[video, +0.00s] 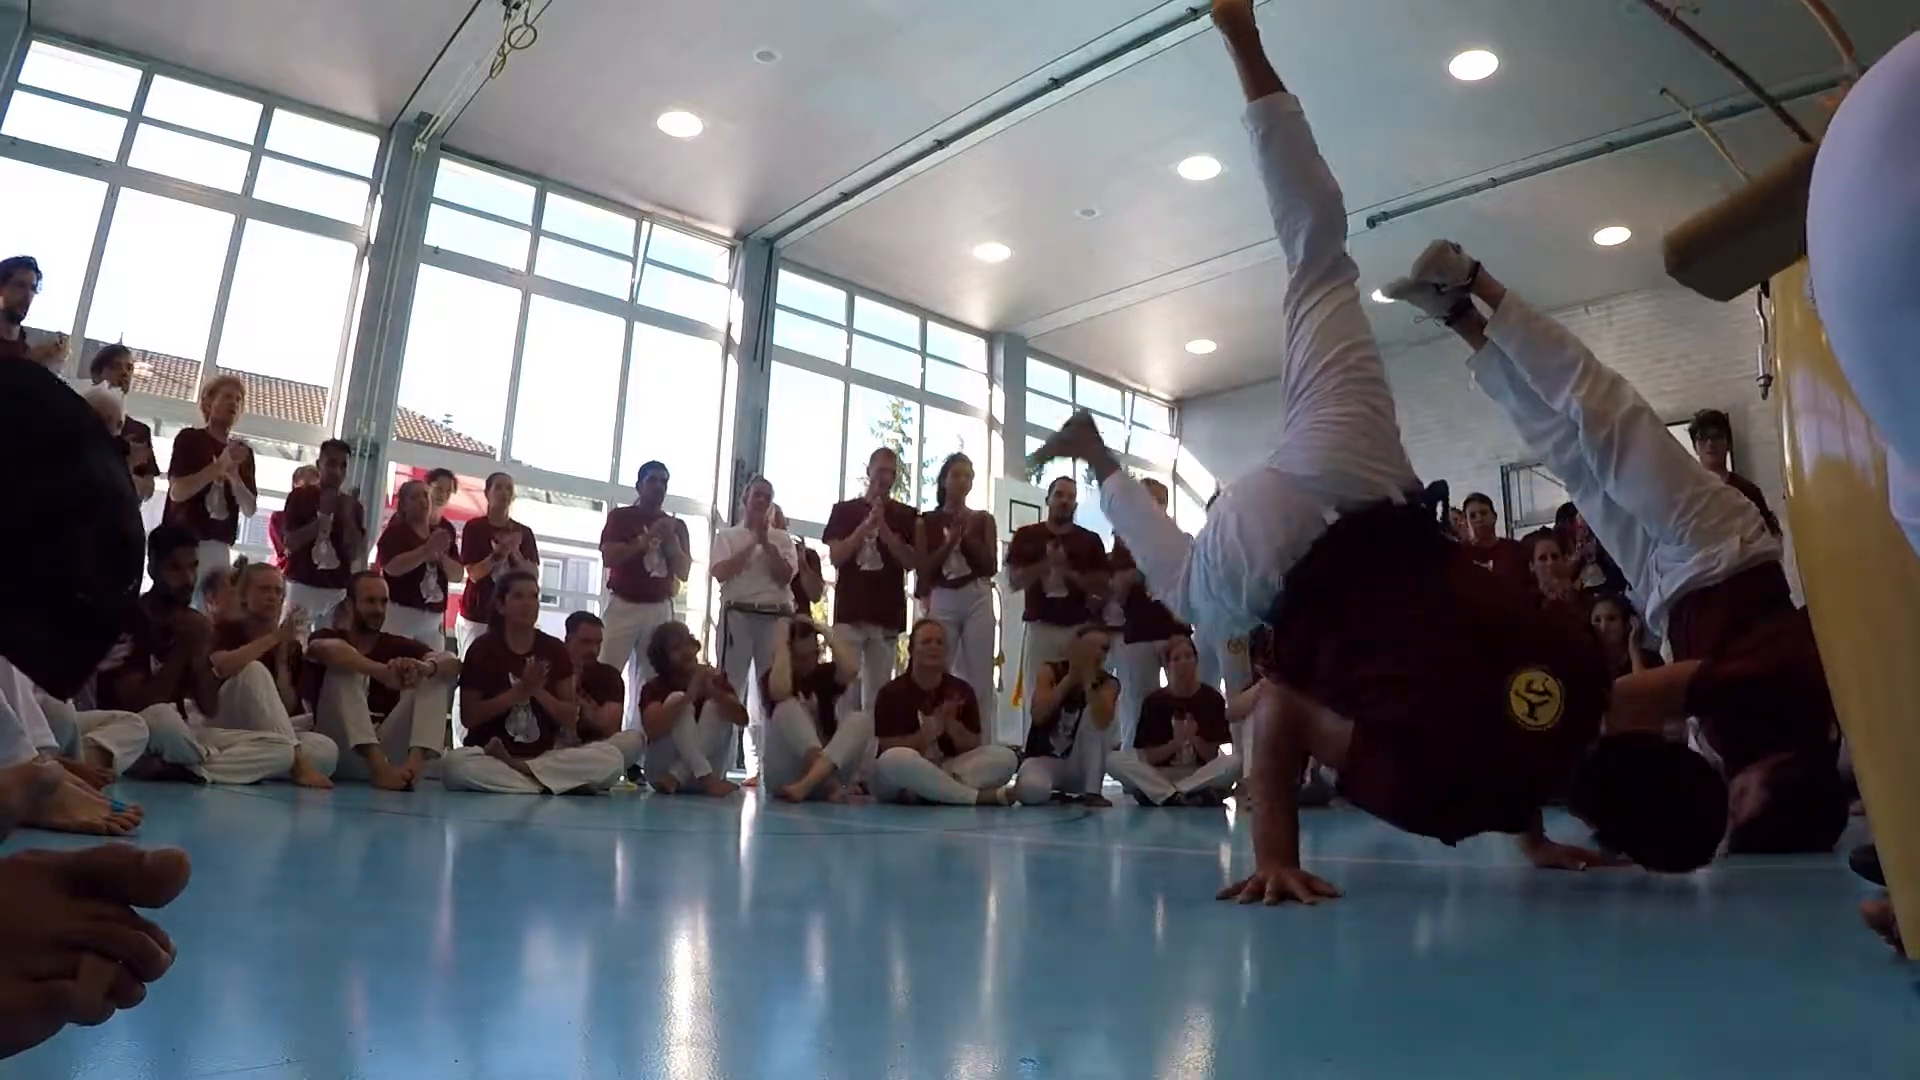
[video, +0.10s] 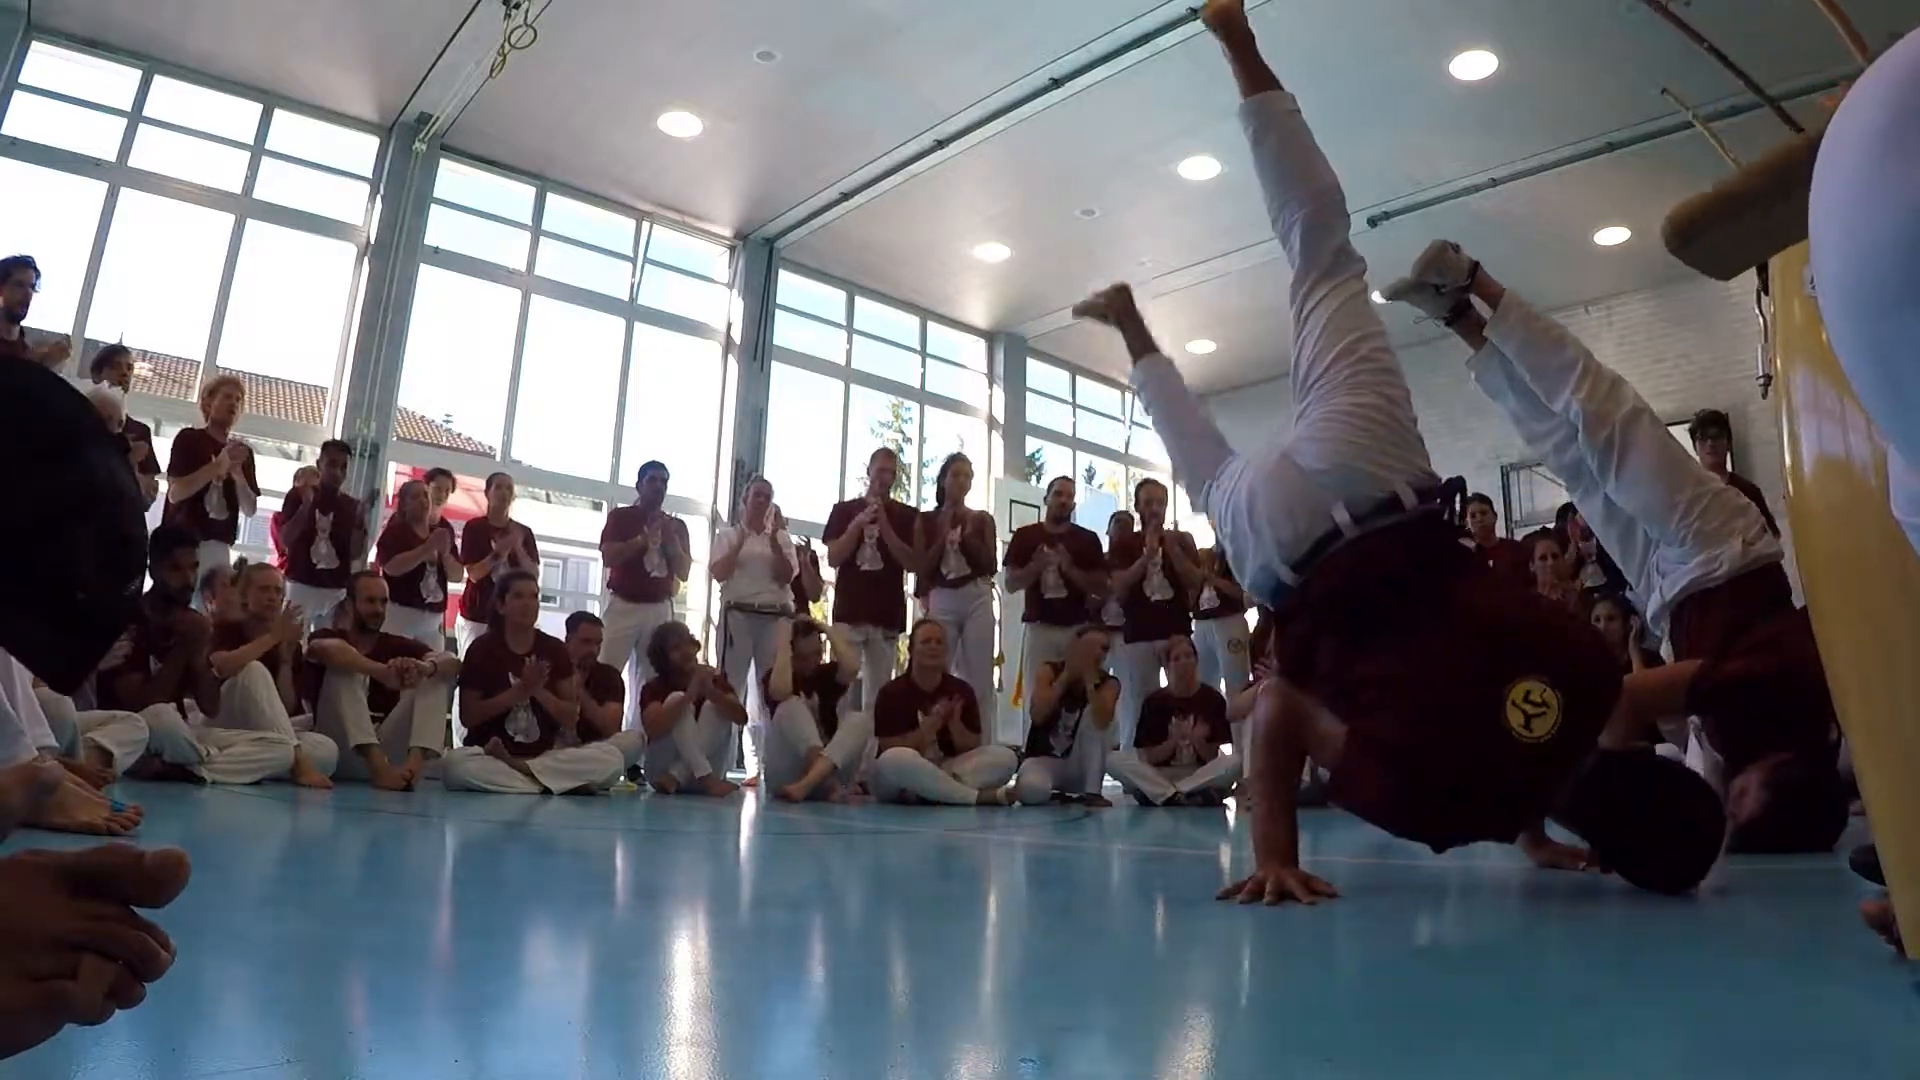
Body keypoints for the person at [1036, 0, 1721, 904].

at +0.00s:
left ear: (1641, 735)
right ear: (1607, 834)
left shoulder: (1584, 690)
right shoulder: (1436, 794)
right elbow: (1278, 702)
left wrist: (1534, 830)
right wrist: (1275, 859)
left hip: (1365, 482)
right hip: (1260, 553)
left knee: (1321, 264)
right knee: (1187, 597)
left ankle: (1243, 38)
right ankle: (1101, 456)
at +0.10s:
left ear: (1654, 775)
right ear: (1600, 848)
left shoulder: (1596, 688)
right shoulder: (1426, 800)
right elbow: (1279, 702)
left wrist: (1528, 824)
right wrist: (1273, 857)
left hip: (1388, 482)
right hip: (1279, 544)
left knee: (1325, 258)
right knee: (1208, 471)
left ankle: (1240, 44)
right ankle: (1132, 332)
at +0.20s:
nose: (1557, 876)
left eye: (1574, 874)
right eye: (1572, 872)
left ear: (1630, 788)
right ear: (1564, 851)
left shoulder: (1598, 691)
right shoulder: (1416, 796)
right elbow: (1271, 706)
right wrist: (1273, 857)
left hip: (1418, 499)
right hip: (1307, 541)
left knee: (1341, 254)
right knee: (1244, 385)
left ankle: (1260, 60)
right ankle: (1176, 232)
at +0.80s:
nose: (1562, 875)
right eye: (1582, 874)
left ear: (1663, 796)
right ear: (1575, 859)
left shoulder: (1610, 684)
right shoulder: (1430, 807)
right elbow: (1283, 698)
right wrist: (1277, 857)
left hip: (1414, 463)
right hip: (1295, 524)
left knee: (1400, 333)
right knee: (1305, 412)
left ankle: (1272, 146)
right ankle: (1257, 231)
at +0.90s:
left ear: (1677, 797)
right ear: (1597, 859)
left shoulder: (1611, 681)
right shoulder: (1427, 815)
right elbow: (1281, 707)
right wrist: (1277, 859)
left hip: (1401, 500)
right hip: (1272, 559)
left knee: (1392, 336)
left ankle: (1249, 239)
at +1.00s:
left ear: (1662, 770)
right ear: (1601, 857)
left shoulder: (1613, 671)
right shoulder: (1440, 820)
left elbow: (1481, 594)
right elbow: (1284, 705)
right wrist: (1276, 857)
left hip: (1343, 500)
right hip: (1245, 592)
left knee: (1358, 294)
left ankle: (1238, 343)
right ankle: (1221, 481)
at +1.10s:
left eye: (1707, 780)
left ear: (1655, 787)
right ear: (1605, 863)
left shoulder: (1611, 662)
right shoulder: (1446, 822)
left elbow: (1470, 595)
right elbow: (1296, 713)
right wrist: (1277, 859)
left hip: (1317, 520)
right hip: (1243, 631)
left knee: (1269, 299)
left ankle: (1153, 369)